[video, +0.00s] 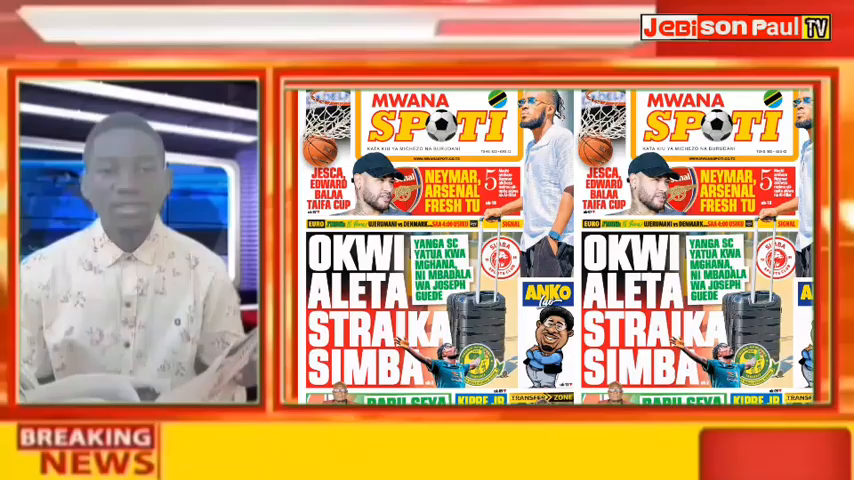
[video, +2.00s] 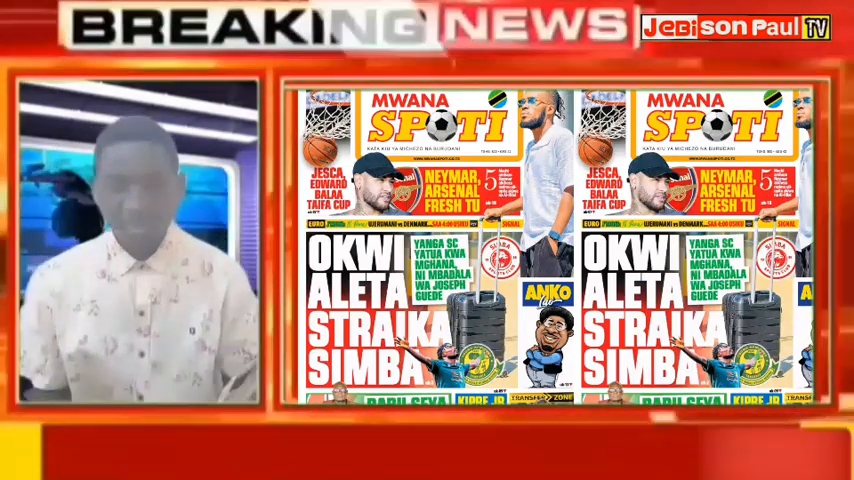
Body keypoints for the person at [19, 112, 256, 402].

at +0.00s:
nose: (127, 184)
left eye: (145, 169)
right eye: (107, 170)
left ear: (167, 181)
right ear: (85, 186)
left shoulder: (206, 272)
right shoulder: (40, 274)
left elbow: (232, 386)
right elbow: (20, 390)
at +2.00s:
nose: (135, 202)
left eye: (152, 185)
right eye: (119, 185)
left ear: (181, 187)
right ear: (94, 190)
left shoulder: (223, 277)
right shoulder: (55, 280)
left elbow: (251, 386)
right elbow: (46, 399)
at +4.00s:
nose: (130, 229)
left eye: (147, 211)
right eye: (113, 211)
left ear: (176, 195)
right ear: (91, 195)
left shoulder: (215, 275)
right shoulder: (54, 279)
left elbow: (242, 383)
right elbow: (49, 396)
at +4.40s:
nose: (134, 238)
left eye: (153, 220)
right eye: (117, 220)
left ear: (181, 197)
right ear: (92, 195)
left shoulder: (212, 277)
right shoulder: (52, 279)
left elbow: (235, 388)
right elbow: (42, 400)